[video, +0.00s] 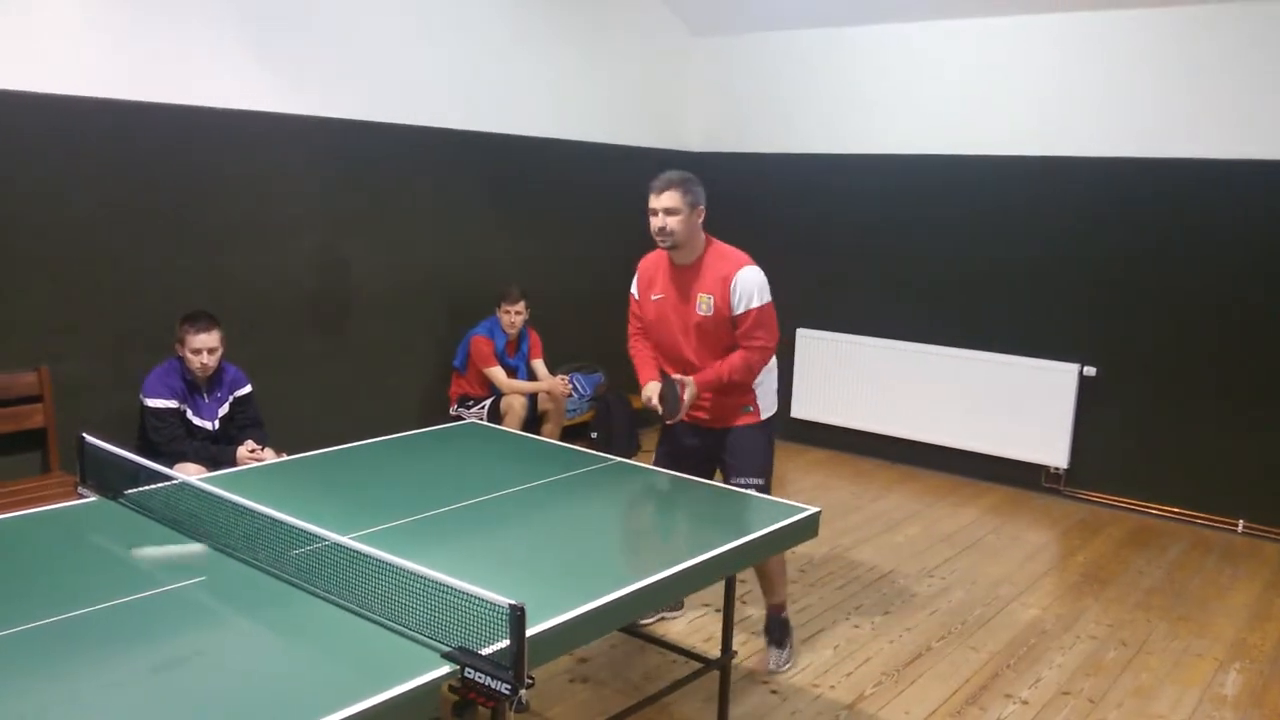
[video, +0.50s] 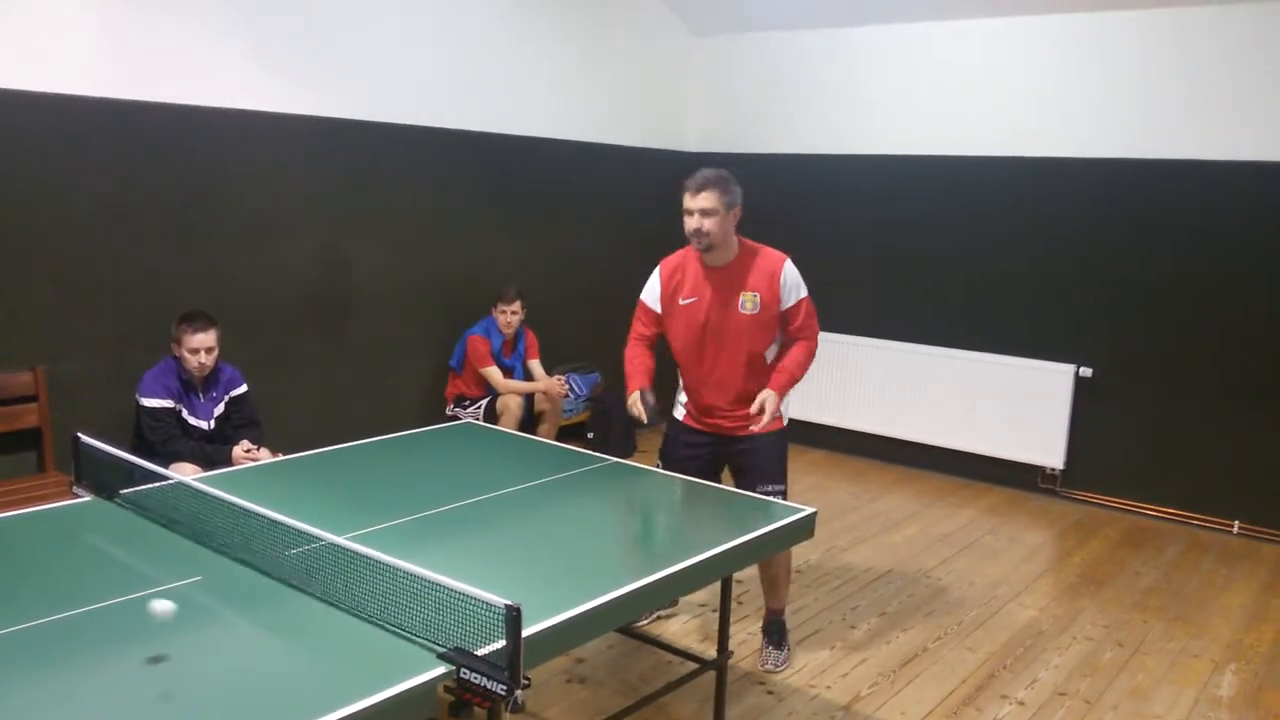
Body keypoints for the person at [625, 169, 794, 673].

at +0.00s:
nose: (658, 223)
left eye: (669, 213)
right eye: (653, 213)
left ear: (699, 215)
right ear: (649, 216)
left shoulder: (740, 273)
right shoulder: (647, 271)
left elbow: (760, 347)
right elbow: (638, 335)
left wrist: (700, 382)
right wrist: (650, 379)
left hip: (743, 418)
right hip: (684, 416)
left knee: (752, 518)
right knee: (662, 506)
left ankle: (778, 624)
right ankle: (667, 593)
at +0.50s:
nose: (696, 224)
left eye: (707, 214)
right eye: (689, 213)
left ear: (735, 214)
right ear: (682, 215)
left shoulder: (775, 270)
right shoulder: (669, 272)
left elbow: (804, 336)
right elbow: (641, 336)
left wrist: (776, 388)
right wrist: (637, 384)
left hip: (757, 424)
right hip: (693, 418)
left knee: (770, 524)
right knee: (666, 509)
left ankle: (774, 625)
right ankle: (661, 588)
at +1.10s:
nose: (652, 237)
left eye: (661, 227)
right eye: (648, 228)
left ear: (694, 226)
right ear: (649, 229)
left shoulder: (740, 277)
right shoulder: (653, 280)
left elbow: (772, 351)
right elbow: (650, 344)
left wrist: (705, 371)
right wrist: (642, 380)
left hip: (740, 431)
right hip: (684, 426)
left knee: (744, 533)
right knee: (665, 516)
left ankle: (751, 641)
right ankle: (666, 599)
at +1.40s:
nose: (623, 248)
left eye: (628, 237)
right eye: (621, 238)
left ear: (661, 232)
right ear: (649, 237)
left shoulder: (723, 271)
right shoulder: (650, 294)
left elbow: (771, 326)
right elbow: (637, 360)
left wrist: (704, 354)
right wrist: (579, 394)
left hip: (743, 429)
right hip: (689, 425)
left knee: (741, 535)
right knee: (657, 513)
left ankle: (755, 640)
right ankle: (670, 600)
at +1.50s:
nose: (620, 236)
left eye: (627, 226)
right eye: (619, 227)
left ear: (659, 222)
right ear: (645, 226)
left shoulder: (724, 261)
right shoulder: (634, 285)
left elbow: (771, 321)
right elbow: (599, 338)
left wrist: (711, 339)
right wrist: (536, 360)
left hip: (742, 420)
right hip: (682, 418)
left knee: (747, 530)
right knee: (662, 512)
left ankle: (755, 638)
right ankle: (674, 594)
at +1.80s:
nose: (649, 217)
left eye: (659, 207)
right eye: (644, 209)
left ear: (688, 209)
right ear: (641, 215)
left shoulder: (733, 262)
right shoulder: (632, 269)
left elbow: (761, 326)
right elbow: (605, 341)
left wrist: (731, 339)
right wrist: (586, 329)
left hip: (723, 422)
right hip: (660, 421)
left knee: (739, 526)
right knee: (647, 515)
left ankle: (749, 634)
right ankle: (670, 595)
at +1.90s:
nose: (668, 210)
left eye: (678, 200)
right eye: (661, 202)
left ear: (703, 204)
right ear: (654, 208)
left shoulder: (741, 259)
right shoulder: (641, 268)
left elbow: (765, 324)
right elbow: (632, 335)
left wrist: (737, 344)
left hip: (722, 419)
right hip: (658, 422)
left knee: (741, 521)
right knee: (648, 514)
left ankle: (751, 626)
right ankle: (667, 596)